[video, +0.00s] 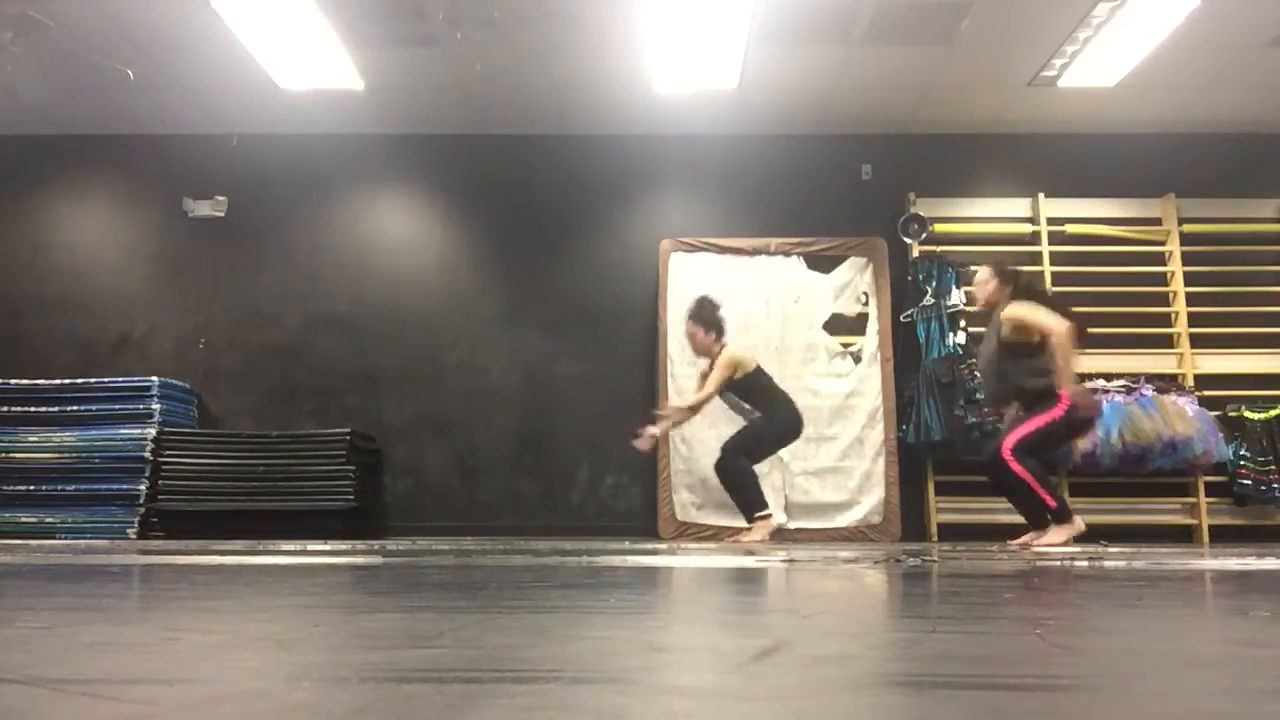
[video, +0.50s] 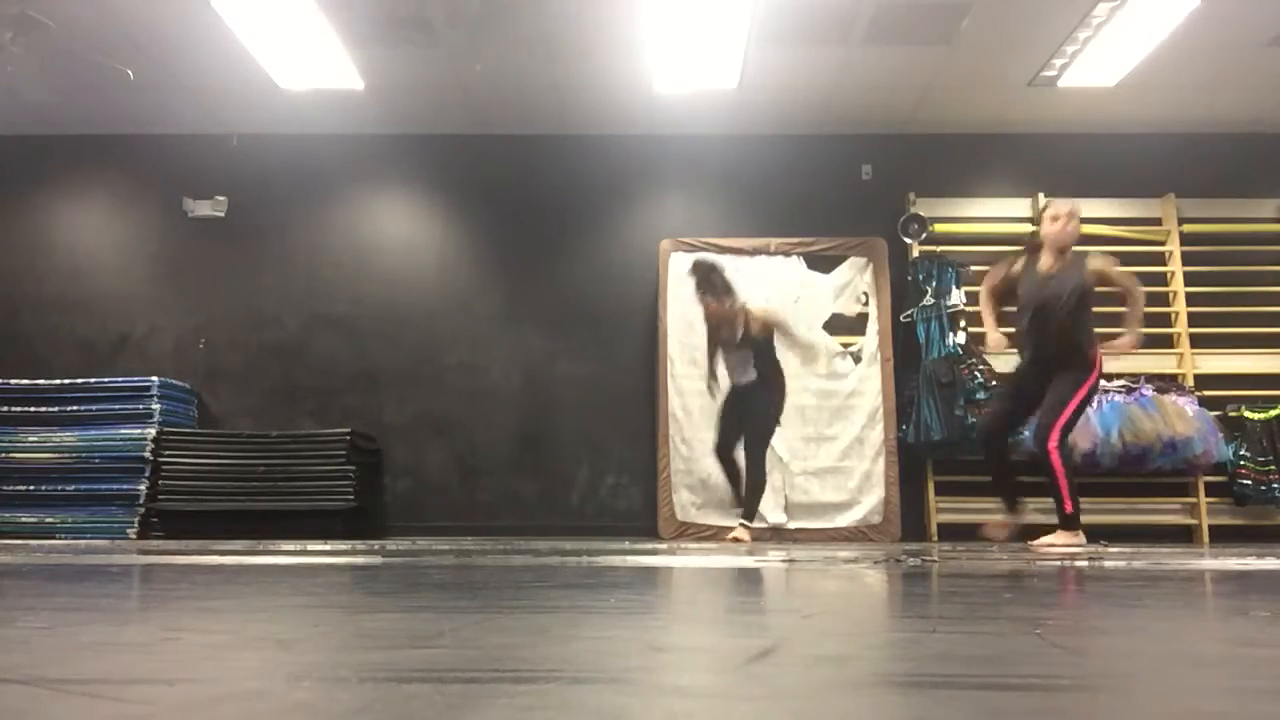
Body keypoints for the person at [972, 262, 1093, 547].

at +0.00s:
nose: (974, 291)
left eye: (980, 284)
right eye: (975, 284)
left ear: (1000, 284)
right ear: (994, 285)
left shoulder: (1012, 311)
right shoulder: (998, 320)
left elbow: (1061, 327)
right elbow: (1023, 366)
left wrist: (1066, 385)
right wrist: (1016, 406)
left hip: (1062, 404)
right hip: (1040, 406)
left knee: (1008, 451)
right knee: (995, 456)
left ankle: (1065, 521)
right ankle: (1042, 526)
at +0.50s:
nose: (1062, 225)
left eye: (1070, 219)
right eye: (1054, 219)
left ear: (1079, 229)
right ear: (1040, 227)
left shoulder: (1091, 266)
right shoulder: (1022, 265)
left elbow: (1134, 290)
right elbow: (989, 287)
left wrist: (1131, 334)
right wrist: (992, 330)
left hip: (1078, 366)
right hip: (1036, 366)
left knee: (1047, 438)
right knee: (992, 430)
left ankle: (1071, 529)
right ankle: (1013, 512)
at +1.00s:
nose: (1094, 222)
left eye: (1100, 217)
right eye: (1086, 215)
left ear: (1104, 226)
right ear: (1067, 222)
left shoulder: (1117, 258)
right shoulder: (1059, 262)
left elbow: (1173, 237)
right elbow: (1052, 260)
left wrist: (1229, 210)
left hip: (1118, 358)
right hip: (1075, 350)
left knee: (1084, 441)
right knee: (1086, 398)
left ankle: (1035, 524)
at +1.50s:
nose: (1249, 214)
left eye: (1252, 207)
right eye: (1239, 207)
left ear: (1256, 214)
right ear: (1218, 215)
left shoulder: (1270, 250)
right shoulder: (1203, 262)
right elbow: (1140, 284)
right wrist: (1115, 250)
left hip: (1266, 357)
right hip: (1217, 357)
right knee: (1189, 432)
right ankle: (1147, 519)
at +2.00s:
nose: (1277, 264)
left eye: (1279, 258)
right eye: (1271, 257)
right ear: (1253, 264)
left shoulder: (1275, 305)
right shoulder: (1224, 288)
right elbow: (1162, 286)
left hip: (1256, 404)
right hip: (1204, 397)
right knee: (1207, 446)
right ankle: (1159, 529)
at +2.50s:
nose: (1165, 174)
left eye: (1166, 168)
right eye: (1155, 169)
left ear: (1165, 175)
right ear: (1136, 173)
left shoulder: (1159, 214)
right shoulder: (1122, 206)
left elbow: (1165, 279)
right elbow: (1143, 159)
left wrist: (1183, 325)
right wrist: (1159, 128)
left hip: (1162, 320)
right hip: (1131, 320)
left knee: (1193, 402)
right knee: (1151, 414)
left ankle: (1133, 476)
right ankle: (1144, 518)